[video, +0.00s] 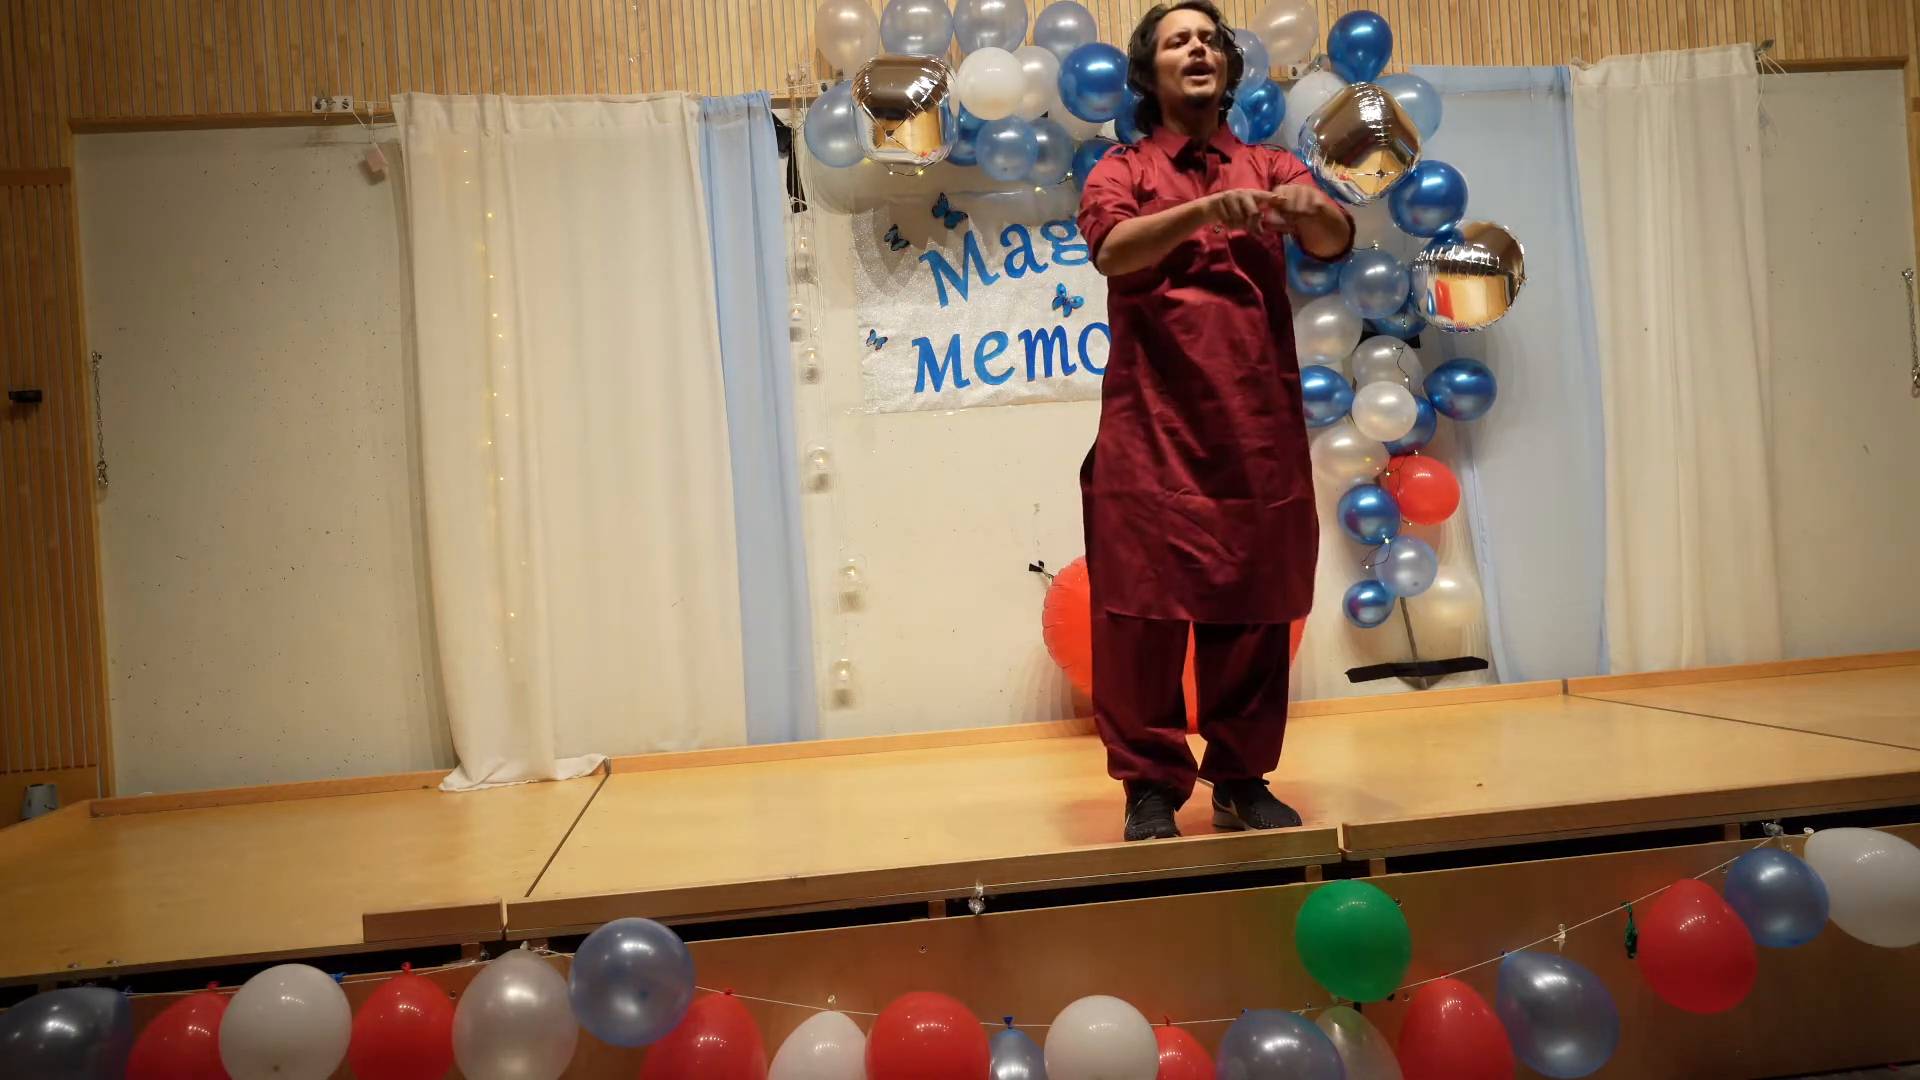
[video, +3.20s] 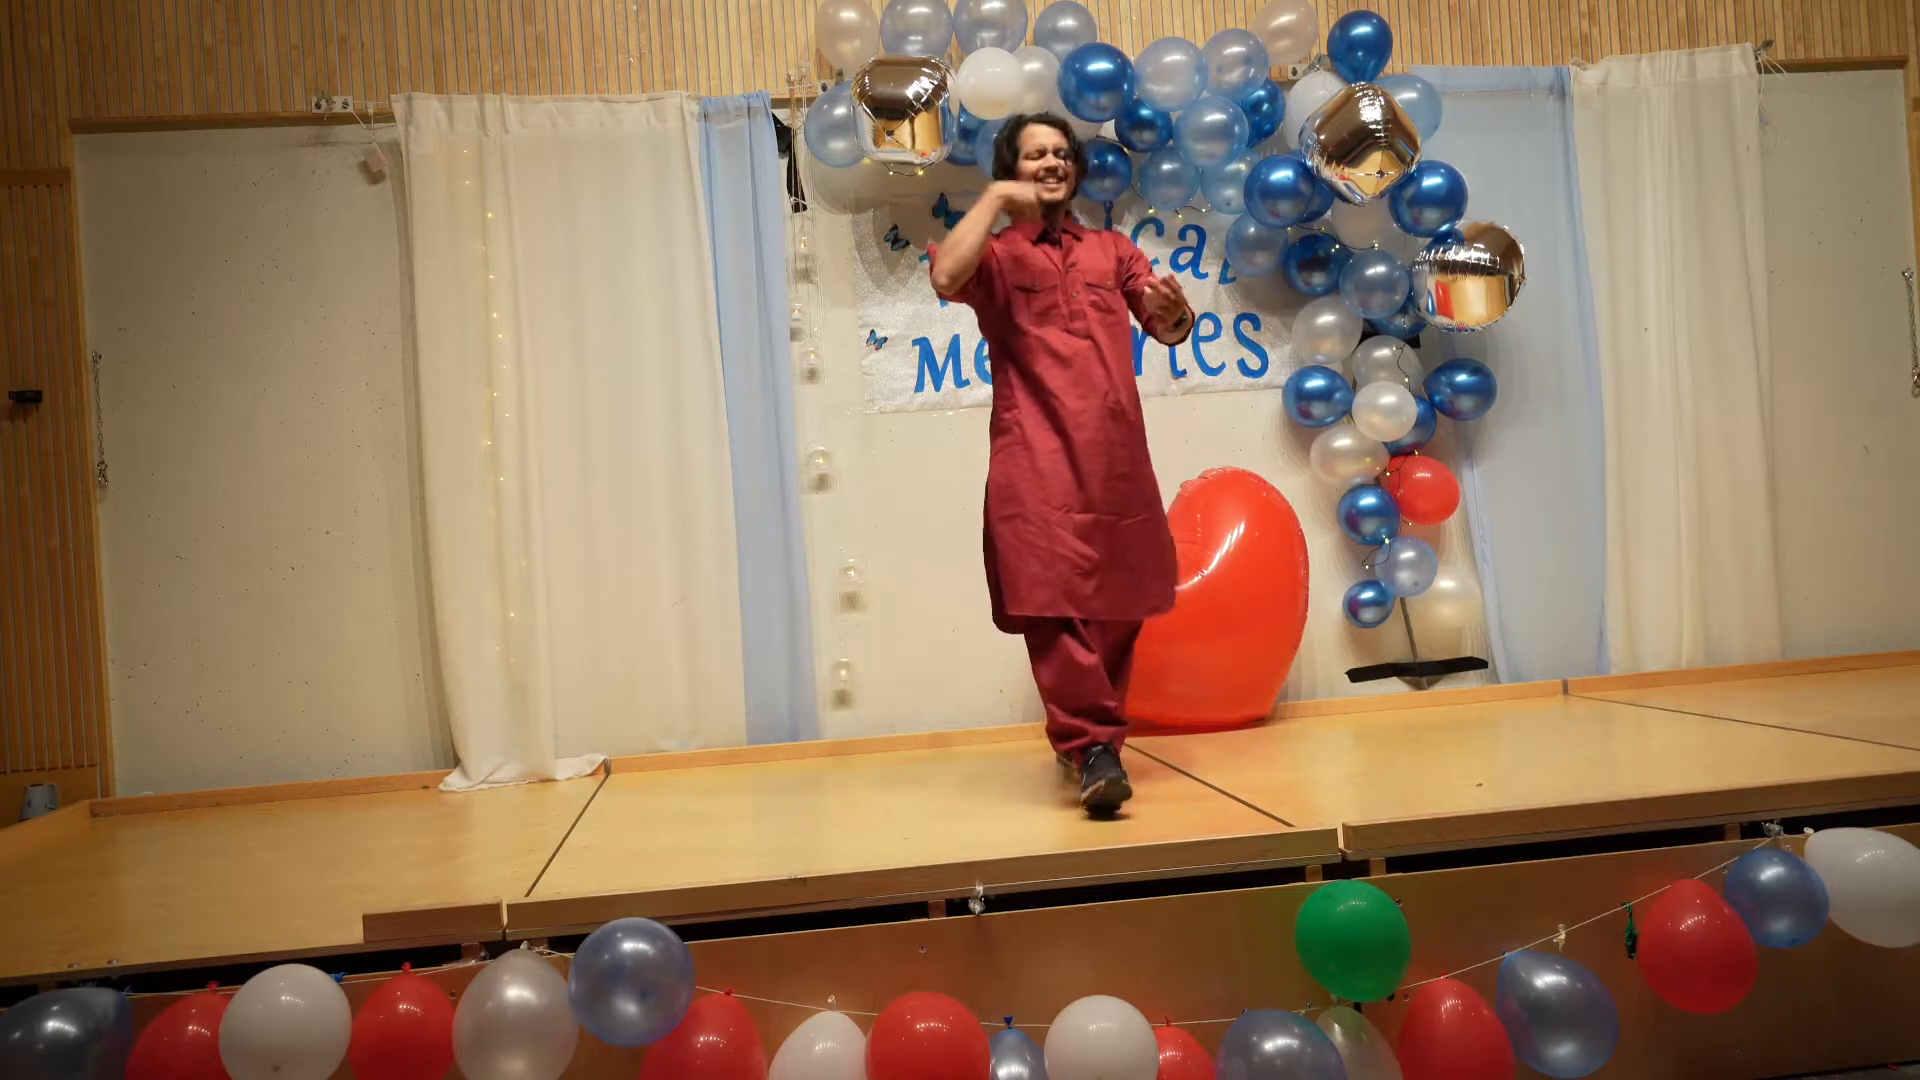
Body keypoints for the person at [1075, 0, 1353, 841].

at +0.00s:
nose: (1199, 50)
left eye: (1210, 40)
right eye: (1178, 41)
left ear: (1231, 68)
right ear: (1146, 75)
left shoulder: (1268, 163)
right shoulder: (1120, 170)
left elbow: (1335, 242)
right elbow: (1113, 254)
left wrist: (1307, 208)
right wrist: (1199, 212)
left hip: (1258, 425)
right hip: (1153, 427)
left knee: (1252, 606)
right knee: (1143, 609)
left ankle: (1242, 785)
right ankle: (1150, 791)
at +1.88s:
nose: (1139, 103)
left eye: (1158, 92)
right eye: (1132, 90)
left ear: (1197, 109)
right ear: (1118, 104)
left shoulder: (1235, 188)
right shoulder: (1100, 194)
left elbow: (1294, 261)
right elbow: (1048, 271)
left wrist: (1279, 189)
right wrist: (1083, 177)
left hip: (1229, 436)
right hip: (1128, 436)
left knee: (1243, 607)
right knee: (1109, 607)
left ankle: (1238, 777)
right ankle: (1104, 752)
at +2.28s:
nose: (1089, 130)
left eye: (1106, 120)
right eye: (1083, 118)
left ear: (1144, 135)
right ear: (1071, 129)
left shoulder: (1176, 218)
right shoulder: (1042, 217)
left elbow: (1220, 309)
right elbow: (980, 269)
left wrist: (1199, 261)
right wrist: (1002, 179)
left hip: (1157, 446)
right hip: (1059, 450)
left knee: (1195, 605)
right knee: (1063, 612)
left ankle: (1234, 773)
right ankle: (1098, 768)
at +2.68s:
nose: (1044, 140)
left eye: (1060, 128)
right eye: (1034, 129)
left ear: (1096, 139)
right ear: (1024, 141)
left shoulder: (1141, 221)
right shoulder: (1006, 225)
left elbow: (1179, 306)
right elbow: (936, 248)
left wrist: (1143, 318)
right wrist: (947, 153)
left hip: (1128, 451)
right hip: (1036, 452)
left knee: (1148, 606)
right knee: (1052, 613)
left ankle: (1135, 732)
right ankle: (1093, 758)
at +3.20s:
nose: (1051, 164)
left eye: (1061, 154)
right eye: (1036, 155)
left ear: (1077, 169)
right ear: (1008, 173)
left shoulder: (1110, 247)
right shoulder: (991, 249)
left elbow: (1166, 324)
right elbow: (946, 275)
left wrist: (1173, 310)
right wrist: (994, 196)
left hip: (1113, 447)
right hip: (1035, 450)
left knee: (1117, 597)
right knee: (1055, 601)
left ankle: (1094, 737)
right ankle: (1094, 749)